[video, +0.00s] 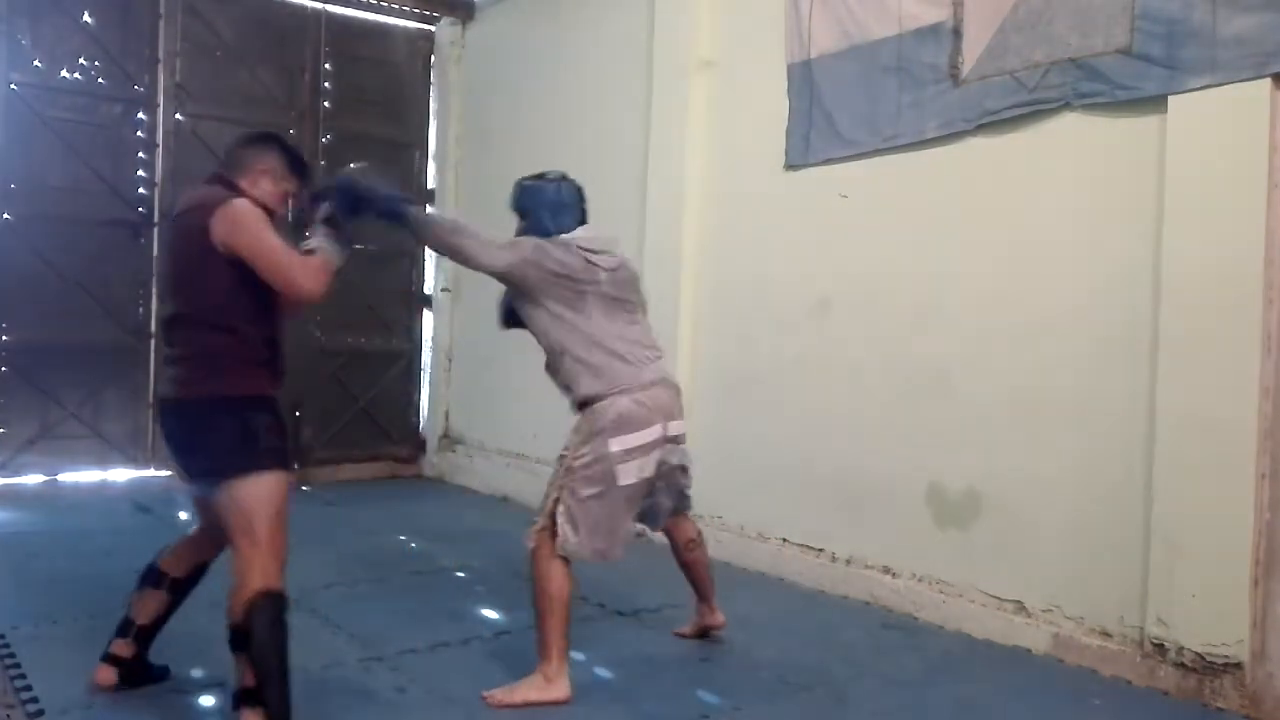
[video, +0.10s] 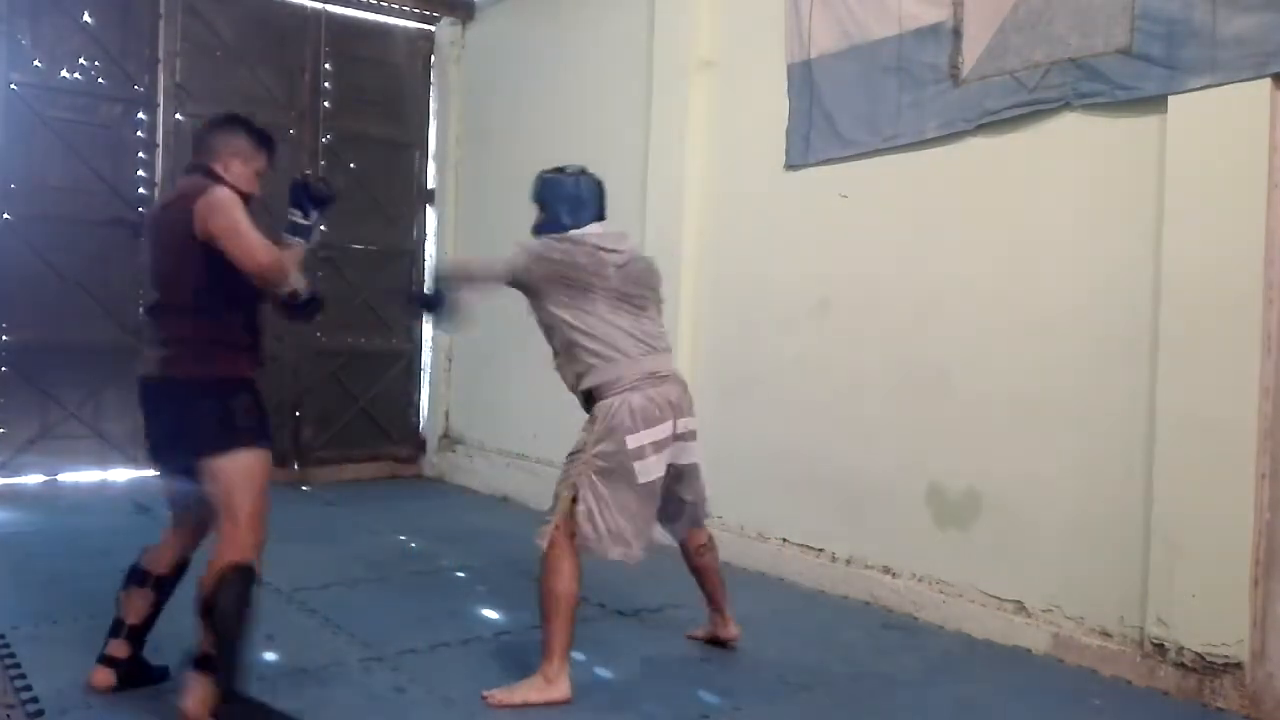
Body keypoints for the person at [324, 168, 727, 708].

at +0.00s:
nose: (515, 226)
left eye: (518, 218)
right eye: (516, 218)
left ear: (531, 219)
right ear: (578, 216)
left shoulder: (536, 258)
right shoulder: (613, 260)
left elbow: (461, 241)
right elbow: (584, 302)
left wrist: (394, 207)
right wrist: (523, 310)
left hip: (613, 415)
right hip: (664, 404)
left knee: (549, 541)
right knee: (676, 513)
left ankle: (552, 675)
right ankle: (710, 610)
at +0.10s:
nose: (533, 219)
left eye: (537, 210)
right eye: (534, 211)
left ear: (549, 214)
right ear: (597, 212)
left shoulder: (544, 259)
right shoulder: (637, 262)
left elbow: (478, 271)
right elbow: (647, 326)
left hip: (622, 410)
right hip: (674, 399)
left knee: (561, 535)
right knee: (688, 521)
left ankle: (553, 674)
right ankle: (723, 620)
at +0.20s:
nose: (555, 219)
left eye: (559, 210)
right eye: (557, 209)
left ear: (573, 215)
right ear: (616, 211)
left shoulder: (567, 266)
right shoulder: (662, 260)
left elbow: (517, 330)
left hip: (627, 412)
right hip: (681, 406)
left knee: (570, 534)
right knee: (701, 531)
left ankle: (553, 673)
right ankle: (738, 638)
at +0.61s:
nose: (547, 238)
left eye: (551, 227)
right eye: (547, 227)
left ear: (569, 227)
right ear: (599, 223)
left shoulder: (594, 267)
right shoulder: (634, 268)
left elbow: (596, 330)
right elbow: (604, 336)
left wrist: (545, 313)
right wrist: (554, 308)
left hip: (614, 411)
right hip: (661, 408)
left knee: (536, 505)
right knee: (684, 523)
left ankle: (495, 615)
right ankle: (737, 633)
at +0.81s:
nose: (473, 245)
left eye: (477, 233)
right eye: (473, 234)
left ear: (498, 232)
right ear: (522, 229)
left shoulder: (521, 274)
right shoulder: (565, 274)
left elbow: (531, 343)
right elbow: (547, 347)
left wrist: (477, 341)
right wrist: (487, 341)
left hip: (551, 407)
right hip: (595, 406)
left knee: (489, 501)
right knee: (625, 515)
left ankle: (484, 617)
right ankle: (699, 594)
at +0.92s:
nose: (457, 232)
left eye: (460, 221)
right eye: (456, 222)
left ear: (480, 219)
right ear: (508, 214)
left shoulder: (497, 261)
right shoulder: (551, 259)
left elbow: (483, 326)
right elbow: (513, 326)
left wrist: (436, 301)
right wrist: (452, 300)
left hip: (532, 392)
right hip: (579, 389)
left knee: (486, 499)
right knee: (582, 498)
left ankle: (484, 617)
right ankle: (637, 579)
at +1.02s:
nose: (454, 221)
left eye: (455, 211)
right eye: (452, 212)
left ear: (473, 207)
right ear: (502, 202)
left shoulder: (479, 249)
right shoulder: (544, 248)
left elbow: (445, 309)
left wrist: (414, 267)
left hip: (515, 382)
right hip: (563, 380)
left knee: (483, 495)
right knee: (548, 482)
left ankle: (483, 610)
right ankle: (577, 585)